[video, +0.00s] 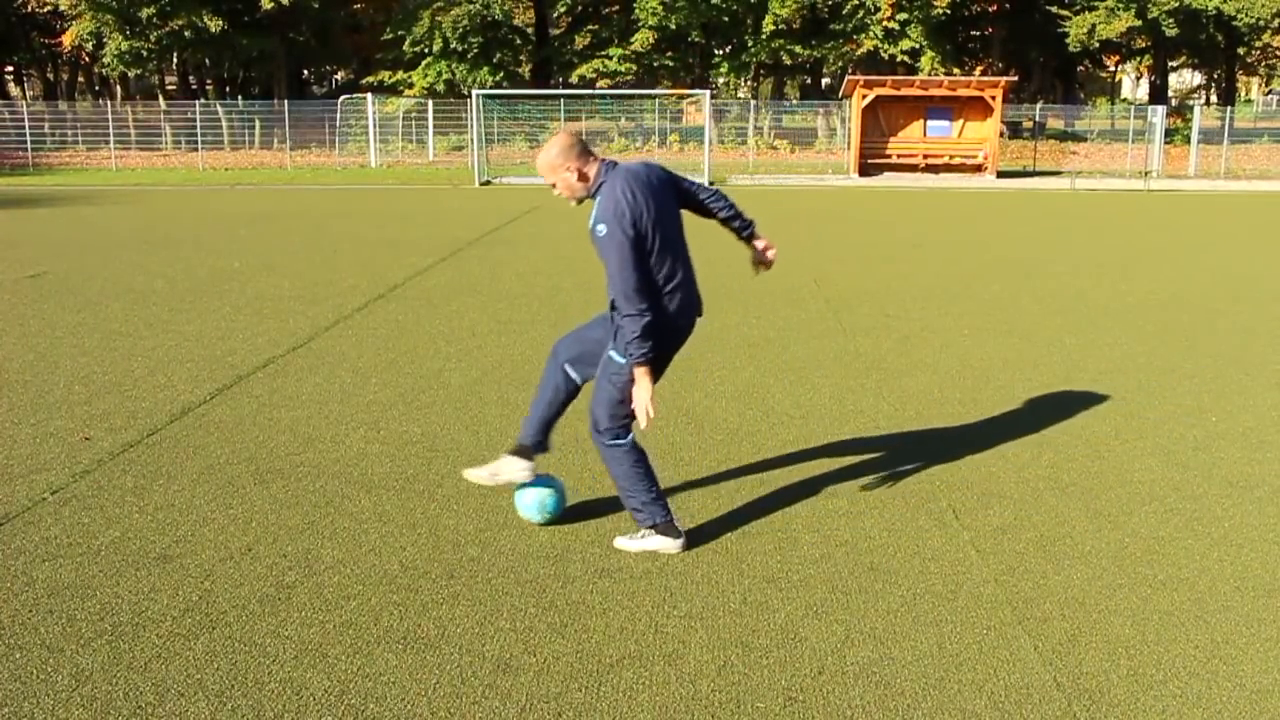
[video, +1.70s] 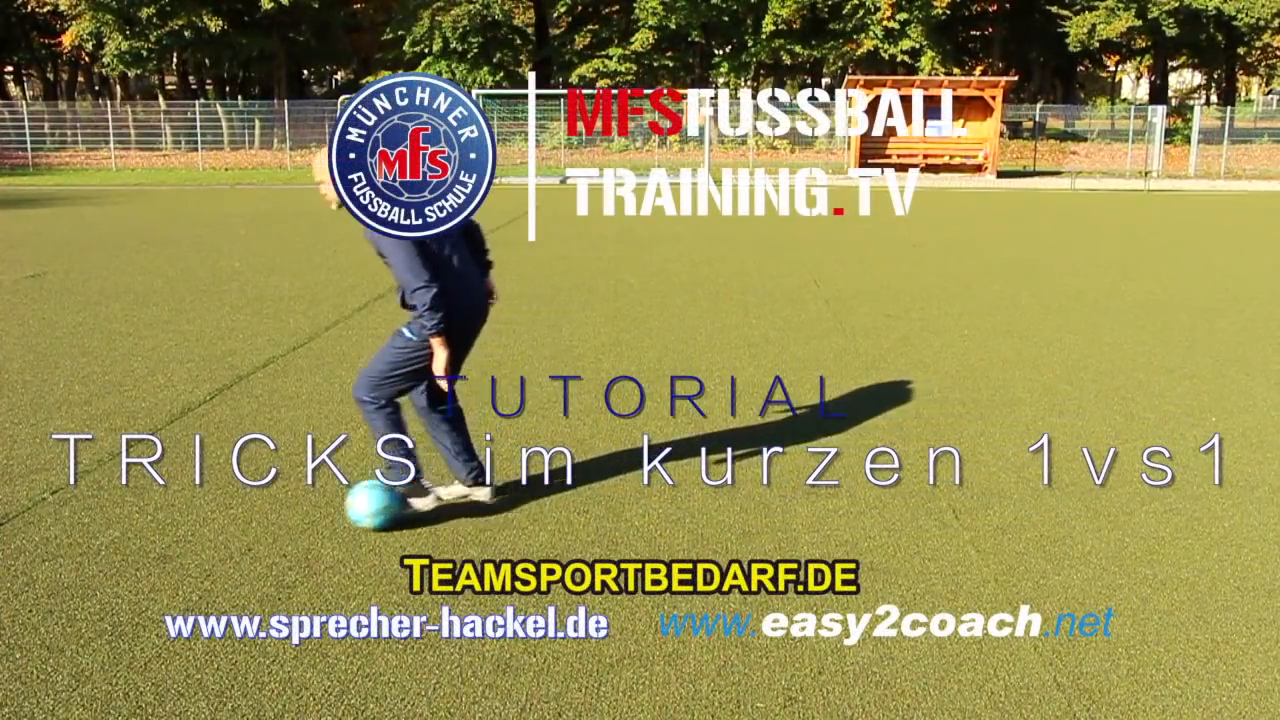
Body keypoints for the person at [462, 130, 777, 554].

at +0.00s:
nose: (555, 192)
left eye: (555, 183)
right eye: (551, 185)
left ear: (578, 169)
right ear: (581, 166)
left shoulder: (609, 215)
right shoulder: (645, 172)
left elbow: (632, 303)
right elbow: (708, 197)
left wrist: (642, 374)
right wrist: (753, 238)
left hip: (651, 323)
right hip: (672, 306)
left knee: (609, 426)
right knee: (568, 354)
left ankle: (661, 528)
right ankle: (524, 454)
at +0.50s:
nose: (502, 173)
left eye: (501, 163)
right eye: (498, 165)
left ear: (523, 151)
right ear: (530, 146)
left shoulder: (547, 193)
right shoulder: (592, 166)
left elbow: (565, 278)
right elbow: (649, 204)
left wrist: (576, 348)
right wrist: (685, 253)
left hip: (582, 316)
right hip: (608, 303)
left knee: (586, 426)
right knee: (529, 380)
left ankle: (654, 517)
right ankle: (476, 457)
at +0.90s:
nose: (439, 167)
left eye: (440, 157)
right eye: (437, 157)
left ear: (460, 150)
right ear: (472, 142)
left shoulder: (481, 193)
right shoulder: (522, 171)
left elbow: (498, 272)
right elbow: (582, 209)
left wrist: (509, 337)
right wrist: (624, 258)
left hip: (522, 315)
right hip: (548, 301)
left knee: (544, 417)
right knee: (488, 384)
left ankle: (629, 497)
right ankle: (477, 485)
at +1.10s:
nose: (412, 176)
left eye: (415, 166)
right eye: (410, 166)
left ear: (435, 165)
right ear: (458, 155)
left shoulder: (447, 206)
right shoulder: (497, 181)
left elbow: (468, 278)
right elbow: (554, 218)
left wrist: (482, 342)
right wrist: (590, 265)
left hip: (500, 311)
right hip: (531, 301)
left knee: (490, 419)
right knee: (466, 379)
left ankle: (586, 478)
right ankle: (476, 479)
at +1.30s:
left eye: (391, 182)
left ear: (405, 187)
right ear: (438, 169)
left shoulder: (427, 221)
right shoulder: (471, 193)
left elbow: (451, 283)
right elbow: (528, 223)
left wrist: (465, 343)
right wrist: (555, 269)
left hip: (486, 312)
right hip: (515, 300)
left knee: (445, 409)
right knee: (468, 396)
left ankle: (530, 468)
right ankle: (477, 479)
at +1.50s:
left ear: (388, 194)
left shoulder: (406, 224)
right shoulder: (445, 199)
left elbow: (437, 282)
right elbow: (500, 225)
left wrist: (454, 345)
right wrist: (519, 274)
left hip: (470, 310)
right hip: (495, 299)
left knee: (403, 394)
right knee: (454, 390)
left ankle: (468, 475)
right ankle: (473, 476)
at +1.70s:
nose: (323, 193)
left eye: (324, 183)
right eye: (321, 184)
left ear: (344, 179)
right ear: (357, 174)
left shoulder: (380, 216)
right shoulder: (414, 190)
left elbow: (419, 282)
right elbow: (466, 226)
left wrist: (438, 344)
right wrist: (482, 275)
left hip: (439, 316)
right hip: (472, 303)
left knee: (371, 390)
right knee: (429, 391)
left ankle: (409, 485)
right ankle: (473, 480)